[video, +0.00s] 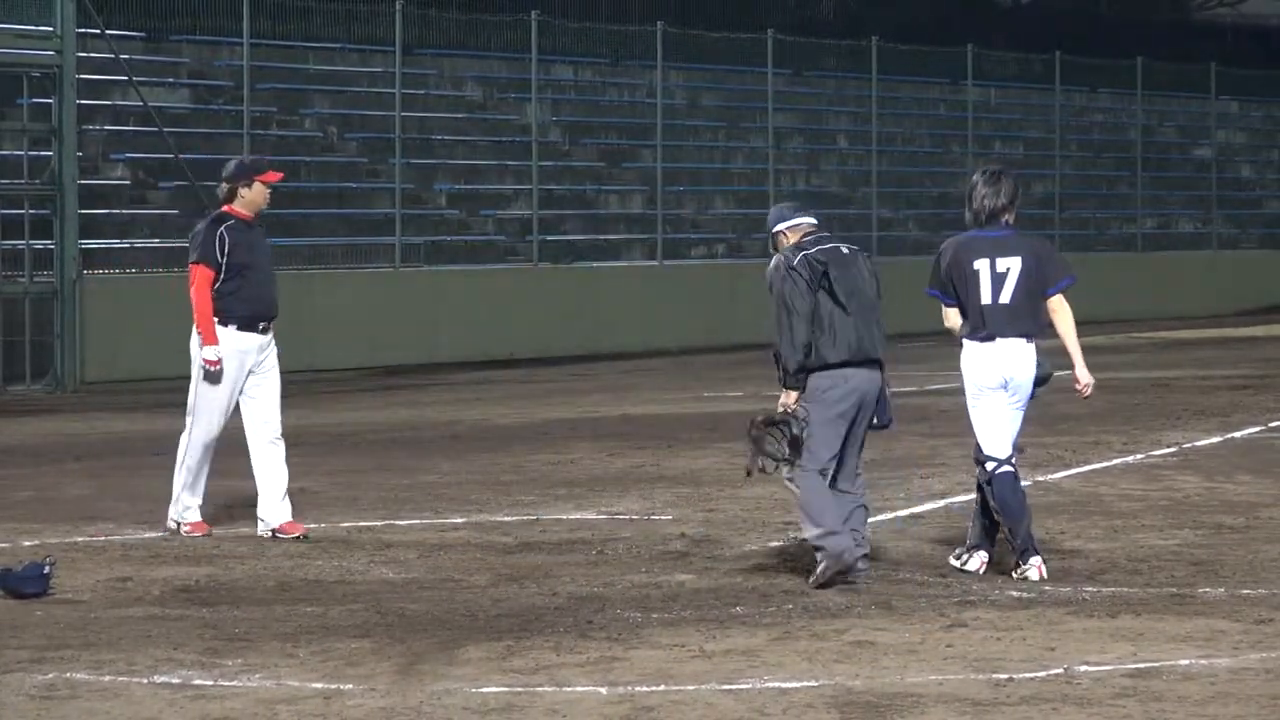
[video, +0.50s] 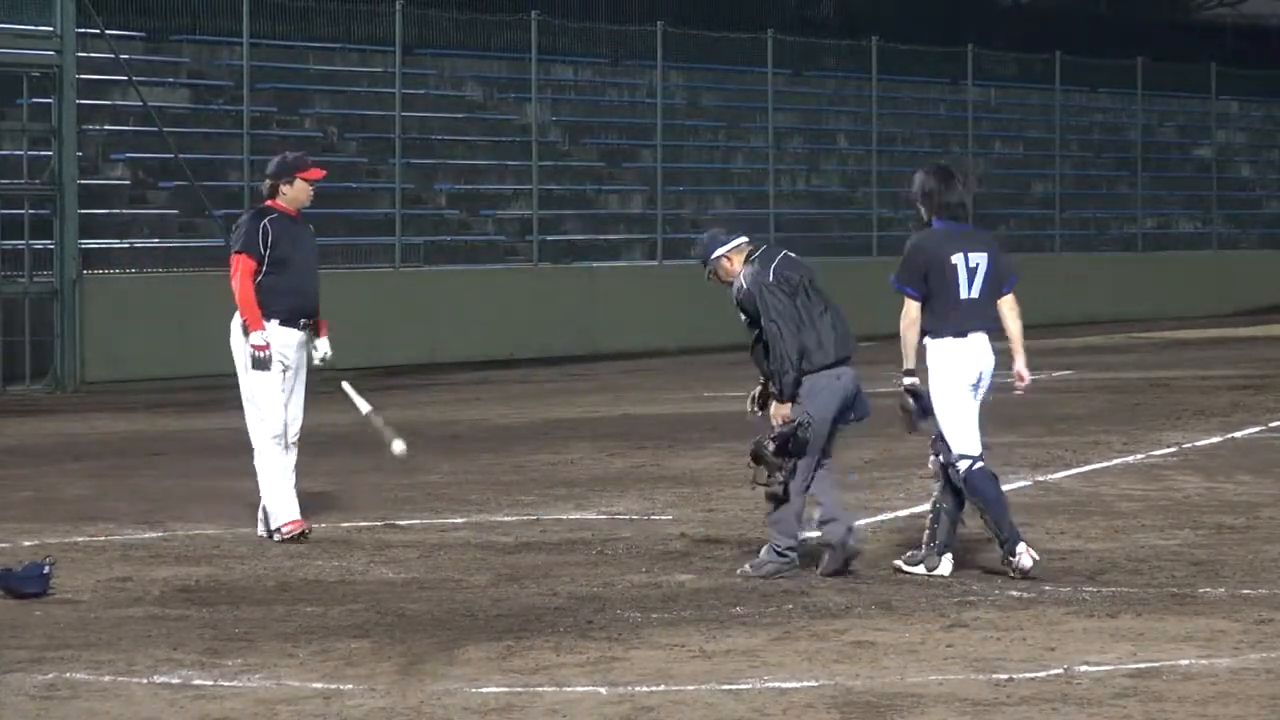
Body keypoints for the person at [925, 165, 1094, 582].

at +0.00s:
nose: (1015, 208)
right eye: (1014, 202)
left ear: (972, 204)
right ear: (1012, 206)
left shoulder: (955, 249)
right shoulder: (1035, 247)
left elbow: (952, 319)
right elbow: (1058, 307)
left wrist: (981, 336)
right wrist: (1079, 364)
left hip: (978, 357)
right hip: (1023, 355)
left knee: (996, 460)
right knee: (994, 453)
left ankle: (1029, 555)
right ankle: (979, 547)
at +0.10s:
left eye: (968, 197)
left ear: (968, 202)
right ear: (1008, 204)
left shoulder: (950, 249)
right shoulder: (1030, 246)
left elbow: (946, 320)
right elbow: (1053, 306)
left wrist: (967, 338)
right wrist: (1073, 362)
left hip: (977, 358)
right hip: (1021, 355)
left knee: (995, 458)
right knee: (987, 450)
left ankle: (1026, 555)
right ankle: (974, 546)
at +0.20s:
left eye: (957, 197)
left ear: (958, 203)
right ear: (998, 203)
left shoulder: (943, 250)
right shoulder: (1020, 243)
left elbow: (938, 322)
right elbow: (1047, 303)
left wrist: (963, 349)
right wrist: (1066, 357)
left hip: (975, 358)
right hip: (1019, 355)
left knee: (993, 457)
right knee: (975, 446)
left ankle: (1027, 556)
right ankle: (961, 544)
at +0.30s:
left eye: (947, 199)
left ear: (946, 205)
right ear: (984, 203)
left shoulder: (933, 252)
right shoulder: (1010, 241)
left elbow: (927, 324)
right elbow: (1037, 302)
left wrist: (944, 365)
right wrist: (1057, 355)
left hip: (967, 358)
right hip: (1011, 355)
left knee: (989, 456)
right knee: (966, 450)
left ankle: (1026, 555)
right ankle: (943, 546)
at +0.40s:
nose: (923, 202)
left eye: (927, 196)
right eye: (930, 194)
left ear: (932, 203)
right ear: (971, 202)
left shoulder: (927, 253)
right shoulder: (999, 244)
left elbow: (919, 324)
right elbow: (1026, 304)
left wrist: (926, 375)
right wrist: (1043, 356)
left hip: (955, 361)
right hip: (996, 357)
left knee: (980, 457)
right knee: (959, 454)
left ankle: (1022, 552)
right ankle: (936, 550)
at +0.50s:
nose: (916, 205)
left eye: (918, 198)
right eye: (918, 198)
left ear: (926, 203)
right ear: (961, 199)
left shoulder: (922, 246)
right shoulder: (988, 243)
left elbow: (911, 313)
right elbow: (1008, 305)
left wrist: (908, 369)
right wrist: (1019, 356)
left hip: (944, 355)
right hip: (982, 352)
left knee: (965, 456)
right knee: (952, 452)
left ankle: (1015, 546)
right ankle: (936, 550)